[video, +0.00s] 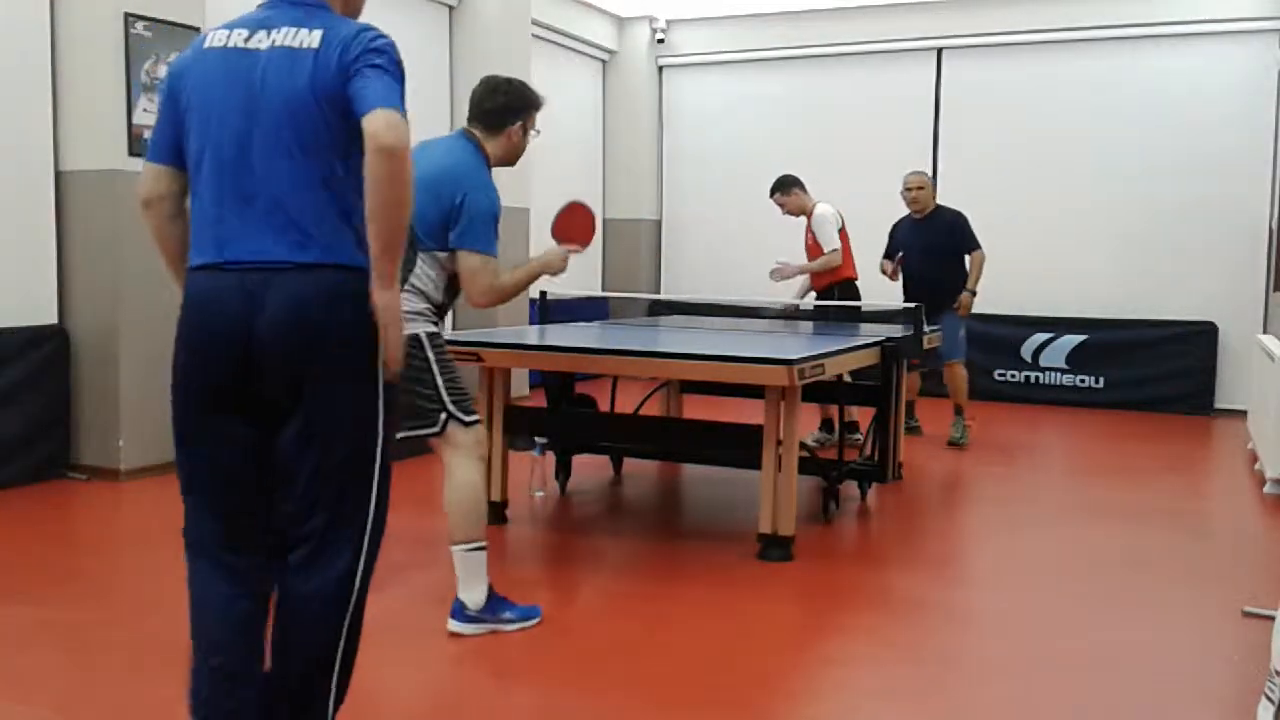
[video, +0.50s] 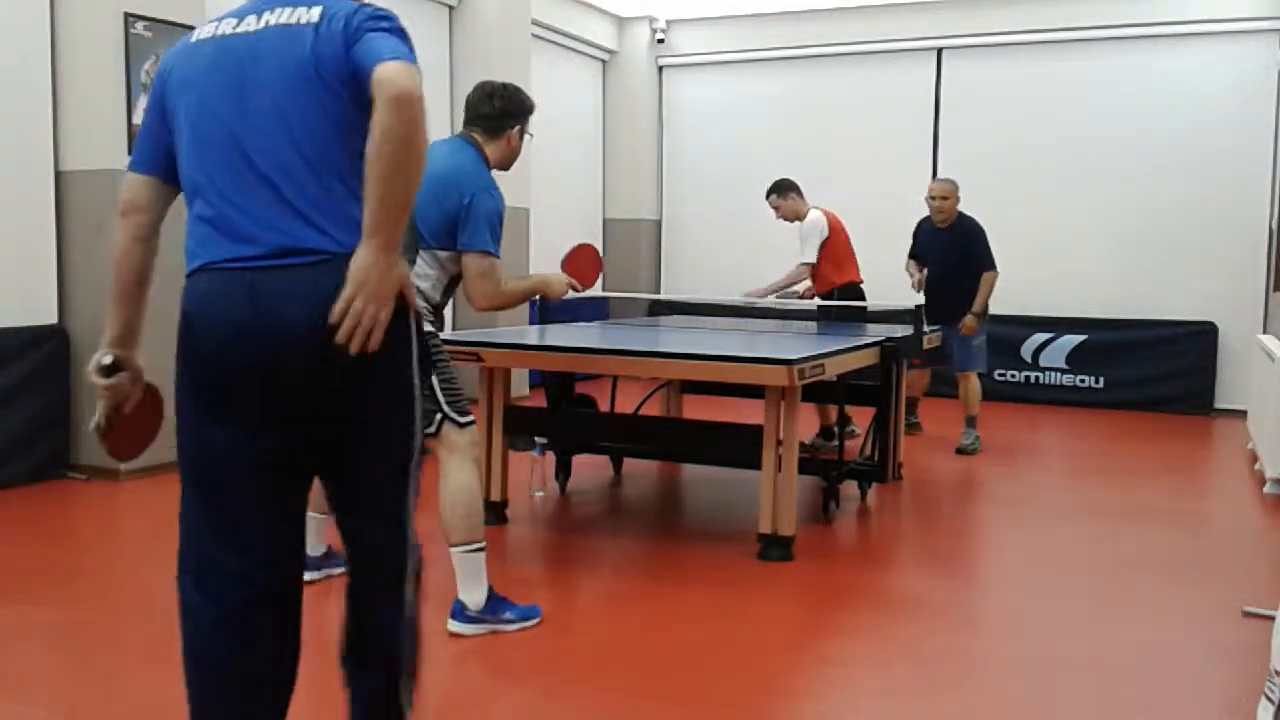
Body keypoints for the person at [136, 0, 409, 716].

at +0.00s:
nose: (362, 11)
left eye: (361, 5)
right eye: (362, 4)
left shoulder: (196, 54)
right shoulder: (358, 41)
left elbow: (158, 193)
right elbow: (387, 141)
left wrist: (202, 291)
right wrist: (386, 287)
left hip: (215, 305)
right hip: (323, 302)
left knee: (221, 541)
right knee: (330, 538)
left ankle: (224, 708)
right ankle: (301, 709)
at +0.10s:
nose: (362, 8)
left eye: (361, 1)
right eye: (361, 1)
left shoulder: (192, 52)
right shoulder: (356, 43)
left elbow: (156, 197)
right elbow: (376, 153)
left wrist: (202, 298)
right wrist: (363, 307)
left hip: (219, 310)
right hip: (326, 304)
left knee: (232, 546)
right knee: (332, 547)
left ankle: (239, 709)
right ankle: (304, 708)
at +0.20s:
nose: (361, 5)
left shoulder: (186, 55)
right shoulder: (353, 41)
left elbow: (149, 205)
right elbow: (365, 153)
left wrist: (187, 321)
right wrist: (346, 300)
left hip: (217, 308)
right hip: (328, 305)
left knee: (229, 551)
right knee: (335, 550)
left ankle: (233, 709)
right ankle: (301, 707)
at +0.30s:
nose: (360, 5)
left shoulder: (182, 59)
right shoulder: (351, 35)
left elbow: (139, 208)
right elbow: (372, 131)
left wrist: (161, 334)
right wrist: (353, 284)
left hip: (210, 310)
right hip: (328, 303)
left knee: (226, 558)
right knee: (338, 550)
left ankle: (230, 709)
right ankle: (308, 708)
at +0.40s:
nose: (363, 9)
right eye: (362, 7)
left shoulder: (181, 58)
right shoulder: (351, 25)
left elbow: (137, 213)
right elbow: (383, 106)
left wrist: (134, 354)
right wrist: (363, 259)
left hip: (212, 310)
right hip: (338, 303)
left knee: (223, 556)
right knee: (355, 546)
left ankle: (225, 709)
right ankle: (338, 708)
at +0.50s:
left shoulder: (182, 56)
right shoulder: (358, 18)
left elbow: (136, 209)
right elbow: (400, 97)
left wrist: (118, 347)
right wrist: (381, 250)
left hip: (221, 313)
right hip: (350, 300)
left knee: (230, 558)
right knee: (380, 549)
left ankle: (230, 710)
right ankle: (381, 706)